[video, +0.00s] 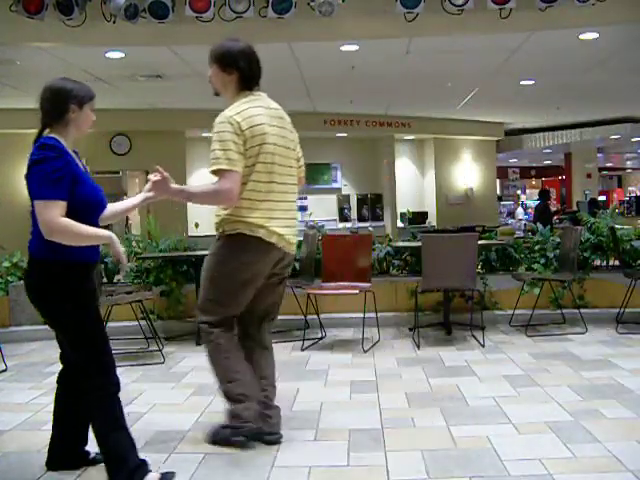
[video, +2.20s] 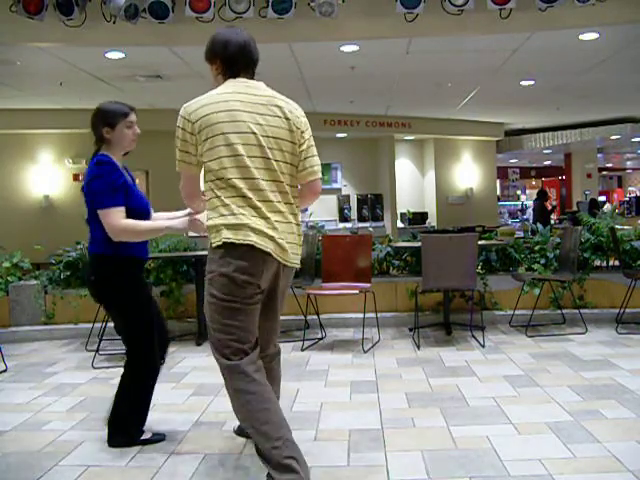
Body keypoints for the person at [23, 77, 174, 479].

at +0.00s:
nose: (93, 117)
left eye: (93, 110)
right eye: (89, 110)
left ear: (65, 113)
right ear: (70, 112)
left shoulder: (66, 153)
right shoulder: (50, 155)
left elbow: (94, 214)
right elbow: (50, 225)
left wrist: (142, 197)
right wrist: (105, 237)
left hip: (76, 272)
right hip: (59, 276)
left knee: (78, 364)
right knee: (100, 374)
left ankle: (65, 453)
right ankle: (128, 469)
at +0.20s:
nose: (72, 124)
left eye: (70, 117)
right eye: (68, 117)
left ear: (47, 121)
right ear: (50, 120)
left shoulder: (47, 164)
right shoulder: (25, 165)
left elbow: (77, 224)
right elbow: (29, 236)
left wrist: (121, 205)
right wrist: (81, 248)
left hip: (55, 278)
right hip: (36, 281)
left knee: (85, 361)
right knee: (90, 363)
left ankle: (77, 450)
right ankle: (68, 463)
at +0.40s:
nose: (49, 118)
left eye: (48, 111)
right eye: (45, 111)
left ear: (25, 115)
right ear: (25, 114)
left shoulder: (33, 158)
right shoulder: (6, 157)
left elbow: (53, 224)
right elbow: (3, 226)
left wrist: (94, 205)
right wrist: (55, 254)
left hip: (44, 272)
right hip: (14, 277)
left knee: (62, 359)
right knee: (46, 362)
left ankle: (65, 454)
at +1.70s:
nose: (81, 122)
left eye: (78, 115)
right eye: (74, 116)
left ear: (52, 123)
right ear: (54, 123)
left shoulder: (49, 161)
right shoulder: (49, 164)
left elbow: (90, 208)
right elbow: (54, 229)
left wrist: (140, 195)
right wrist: (109, 247)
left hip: (34, 271)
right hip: (51, 273)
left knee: (34, 360)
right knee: (89, 354)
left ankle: (19, 446)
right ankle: (120, 433)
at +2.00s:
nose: (117, 124)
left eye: (115, 118)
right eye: (110, 119)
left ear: (89, 127)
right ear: (90, 125)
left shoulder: (87, 162)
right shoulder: (87, 165)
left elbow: (127, 206)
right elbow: (99, 226)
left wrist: (177, 197)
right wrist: (153, 227)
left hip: (81, 265)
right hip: (97, 266)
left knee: (97, 348)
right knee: (127, 352)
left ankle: (45, 424)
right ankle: (123, 432)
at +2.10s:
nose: (127, 134)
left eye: (126, 128)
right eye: (120, 128)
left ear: (101, 134)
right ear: (98, 133)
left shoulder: (105, 171)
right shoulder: (95, 174)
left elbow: (138, 215)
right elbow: (110, 231)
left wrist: (185, 203)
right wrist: (165, 229)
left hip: (112, 270)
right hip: (104, 272)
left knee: (134, 348)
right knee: (137, 350)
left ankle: (77, 415)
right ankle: (126, 434)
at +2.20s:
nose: (136, 132)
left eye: (136, 125)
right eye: (130, 126)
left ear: (116, 132)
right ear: (108, 131)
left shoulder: (118, 168)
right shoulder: (103, 170)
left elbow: (141, 218)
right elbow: (116, 228)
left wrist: (184, 214)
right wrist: (175, 226)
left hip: (127, 268)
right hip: (113, 270)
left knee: (157, 339)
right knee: (145, 345)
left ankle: (128, 425)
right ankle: (124, 432)